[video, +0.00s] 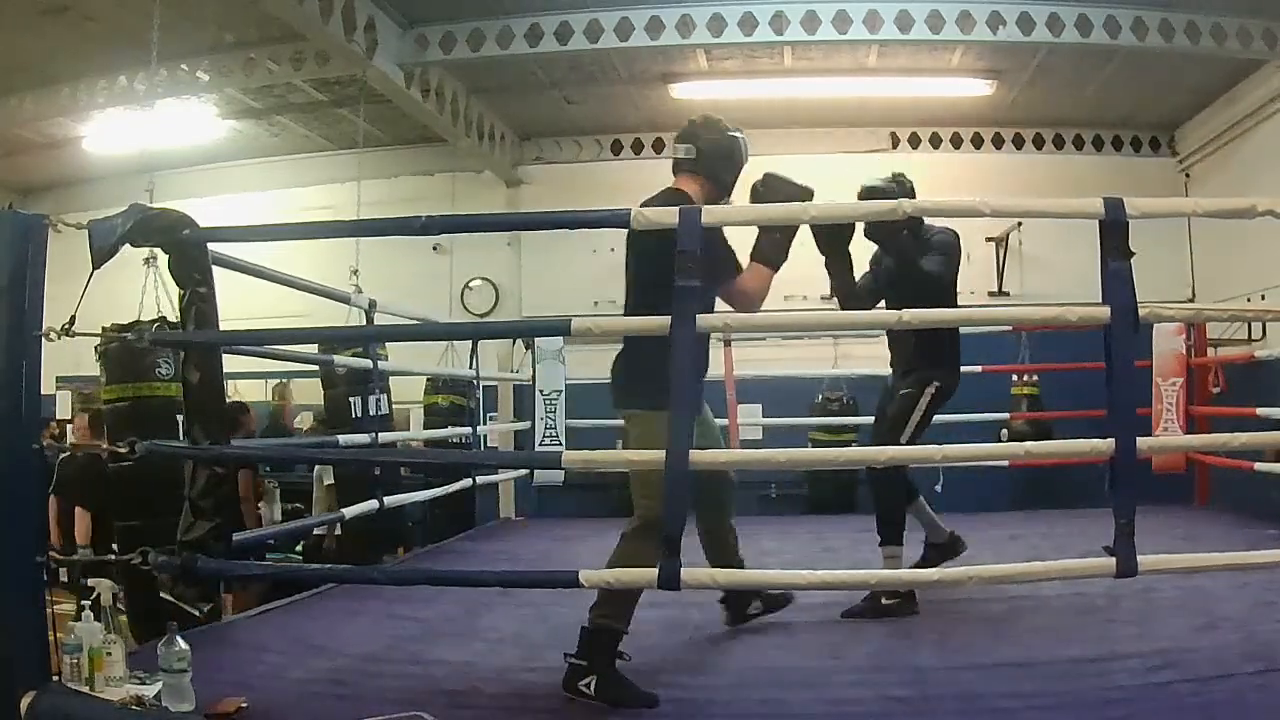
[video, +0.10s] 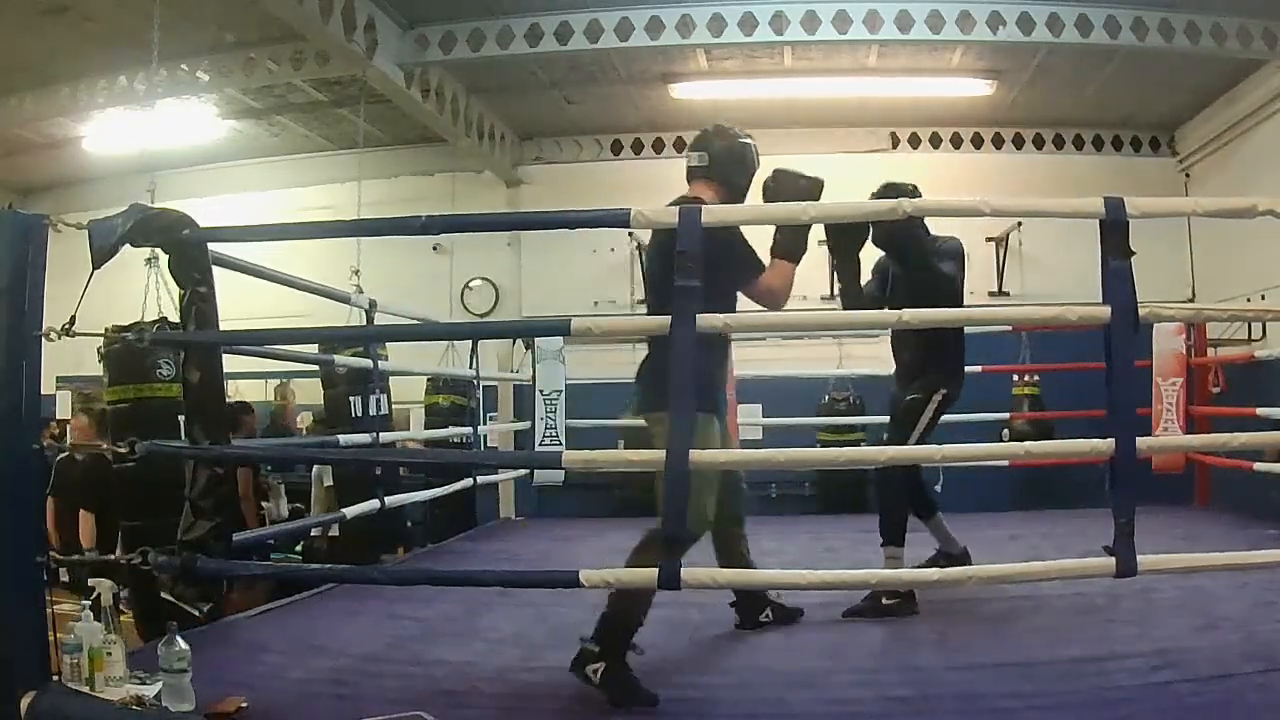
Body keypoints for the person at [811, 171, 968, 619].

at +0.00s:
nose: (866, 224)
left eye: (873, 215)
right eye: (864, 216)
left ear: (900, 213)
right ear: (879, 218)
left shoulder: (941, 240)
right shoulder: (884, 256)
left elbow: (933, 283)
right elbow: (854, 303)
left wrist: (899, 239)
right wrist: (835, 253)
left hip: (934, 370)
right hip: (903, 372)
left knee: (883, 461)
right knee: (880, 458)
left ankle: (895, 586)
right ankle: (939, 536)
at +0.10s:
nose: (874, 230)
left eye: (881, 220)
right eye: (873, 222)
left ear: (906, 214)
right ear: (881, 221)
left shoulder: (947, 249)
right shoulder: (888, 262)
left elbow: (944, 294)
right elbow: (859, 308)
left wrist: (908, 239)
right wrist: (845, 257)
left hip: (938, 376)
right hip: (906, 378)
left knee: (891, 467)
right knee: (902, 469)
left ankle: (895, 583)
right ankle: (951, 547)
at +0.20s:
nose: (877, 215)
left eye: (882, 206)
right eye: (873, 207)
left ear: (906, 201)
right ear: (879, 206)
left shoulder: (945, 230)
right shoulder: (891, 243)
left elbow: (971, 291)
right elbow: (869, 300)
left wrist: (921, 245)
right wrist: (848, 251)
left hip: (948, 356)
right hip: (920, 358)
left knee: (912, 450)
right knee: (926, 450)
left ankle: (911, 577)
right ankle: (952, 545)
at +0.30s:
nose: (882, 206)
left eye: (887, 197)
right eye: (879, 198)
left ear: (909, 195)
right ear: (889, 197)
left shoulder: (952, 228)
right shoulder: (899, 241)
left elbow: (990, 291)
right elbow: (871, 295)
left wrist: (936, 289)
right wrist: (836, 244)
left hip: (958, 352)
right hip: (932, 353)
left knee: (922, 452)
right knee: (931, 450)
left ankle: (932, 575)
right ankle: (988, 537)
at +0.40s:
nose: (890, 222)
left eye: (896, 213)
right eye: (889, 214)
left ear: (919, 212)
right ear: (902, 218)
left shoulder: (966, 244)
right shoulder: (903, 259)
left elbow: (1012, 303)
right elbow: (870, 300)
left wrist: (958, 296)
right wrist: (841, 252)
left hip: (968, 369)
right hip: (938, 372)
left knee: (915, 458)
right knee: (955, 466)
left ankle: (932, 574)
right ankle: (1029, 537)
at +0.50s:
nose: (898, 230)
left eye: (907, 222)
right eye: (895, 224)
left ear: (932, 225)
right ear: (896, 231)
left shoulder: (968, 257)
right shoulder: (906, 278)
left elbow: (1026, 298)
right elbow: (868, 300)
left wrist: (970, 285)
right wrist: (836, 274)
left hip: (974, 382)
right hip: (952, 384)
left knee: (897, 457)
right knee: (984, 474)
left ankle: (907, 573)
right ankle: (1048, 545)